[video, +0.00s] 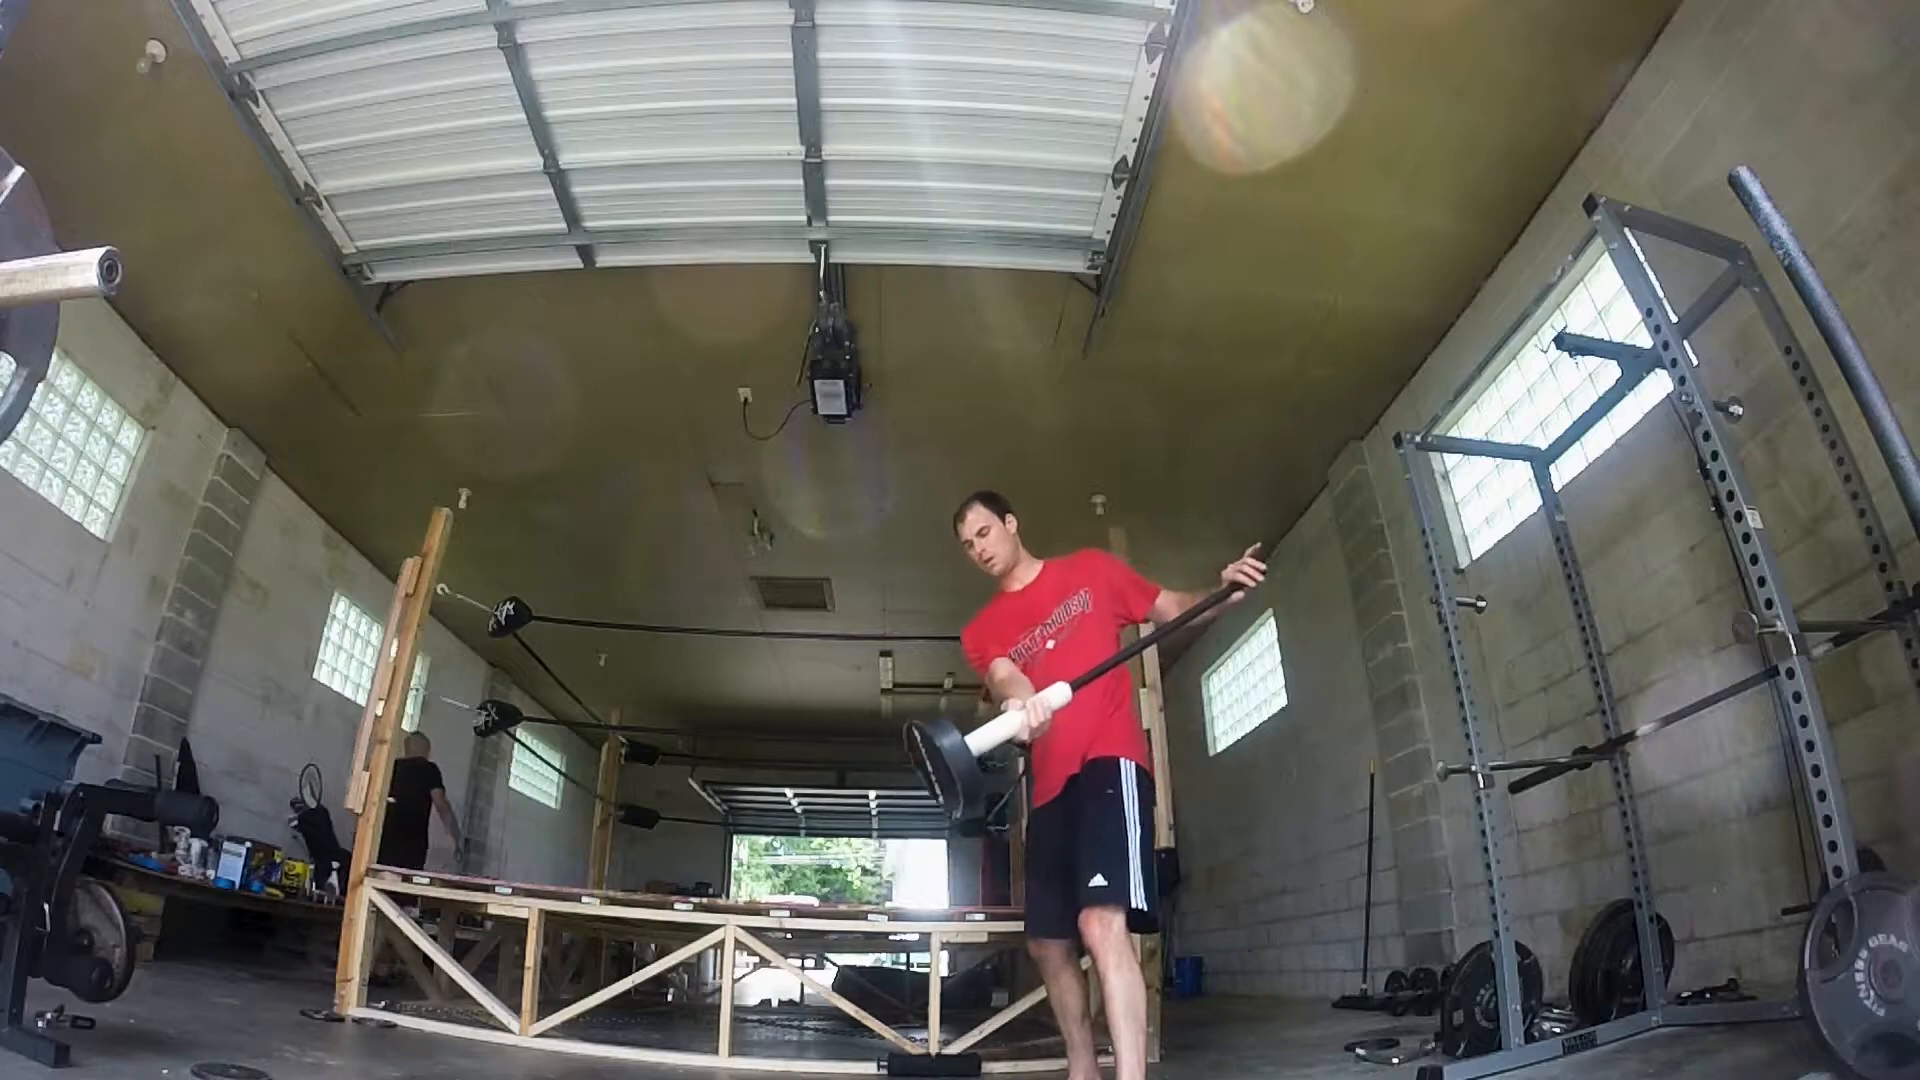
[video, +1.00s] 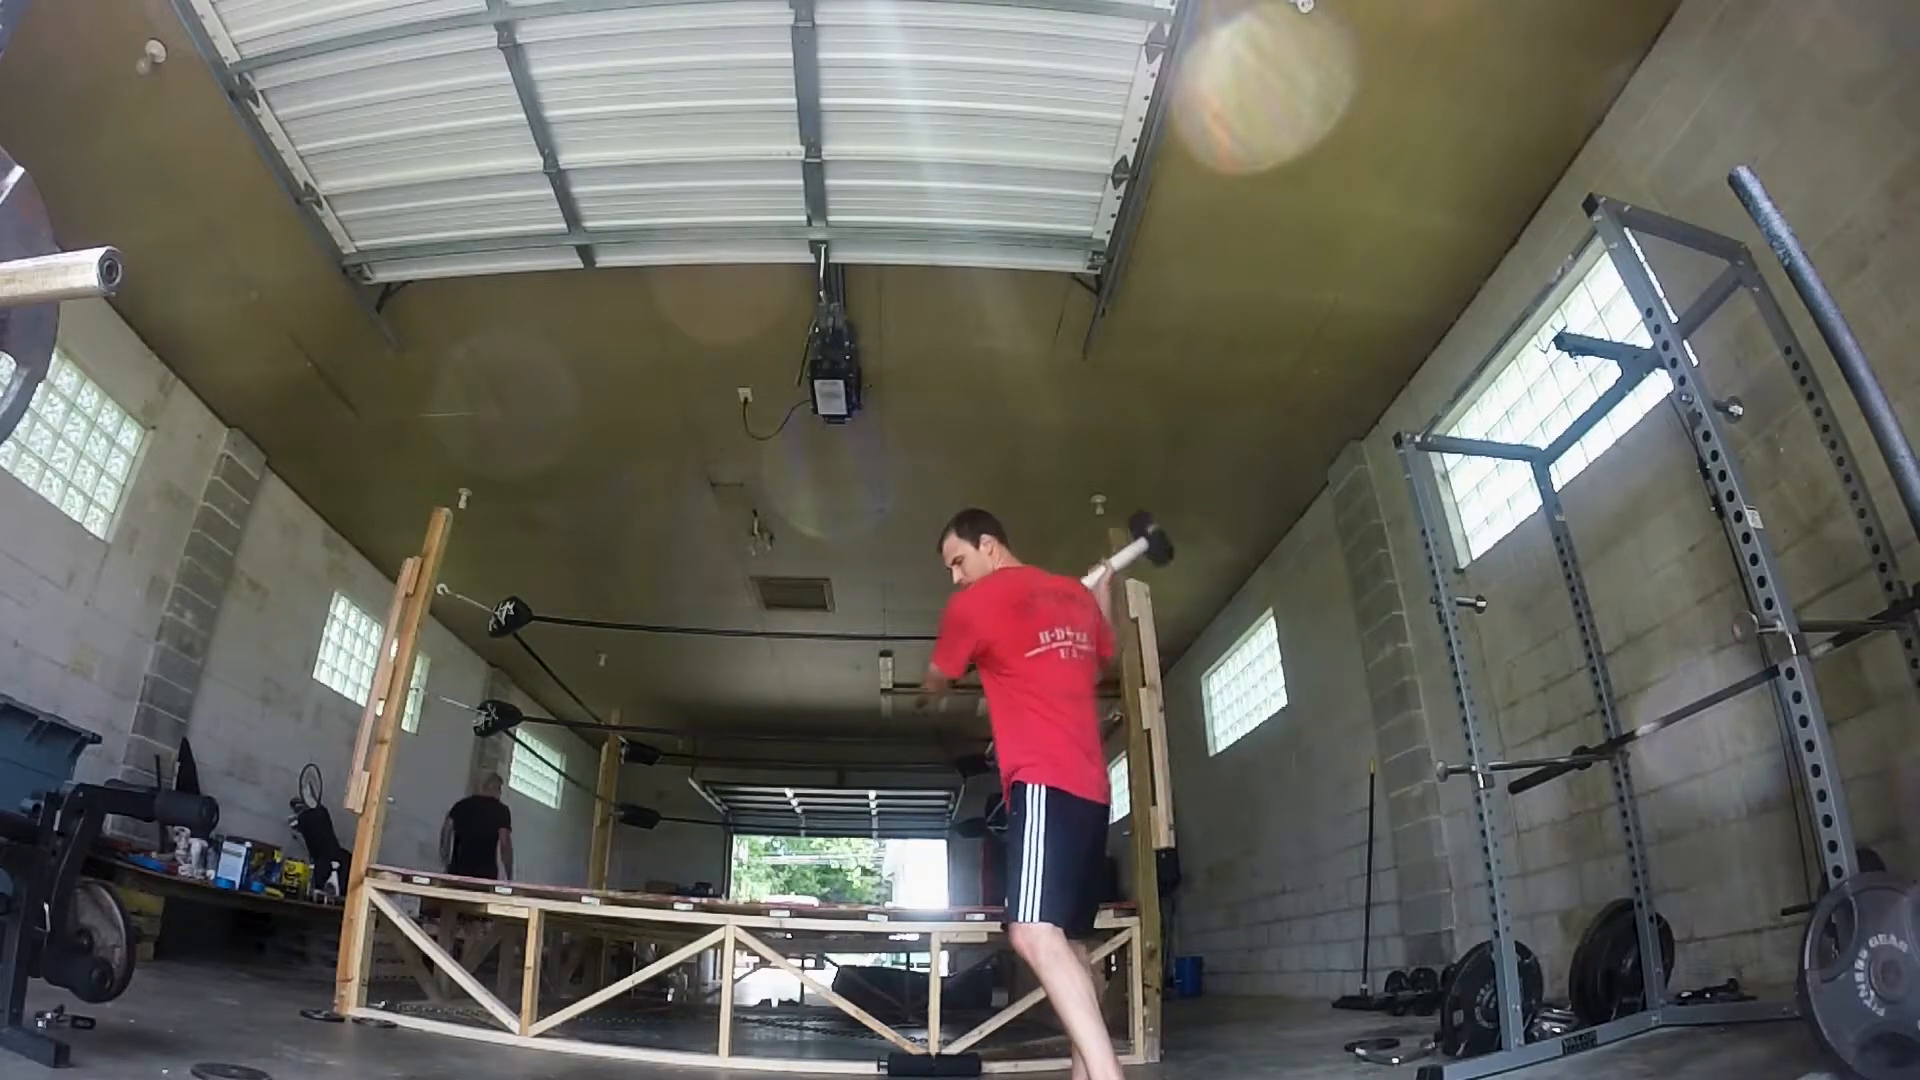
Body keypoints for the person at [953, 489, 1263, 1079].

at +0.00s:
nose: (978, 548)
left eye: (983, 532)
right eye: (968, 543)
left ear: (1011, 524)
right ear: (967, 553)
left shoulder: (1090, 569)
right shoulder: (982, 628)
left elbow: (1175, 609)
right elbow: (1001, 679)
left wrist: (1224, 589)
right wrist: (1024, 699)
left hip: (1110, 757)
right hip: (1049, 779)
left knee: (1101, 923)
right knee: (1046, 942)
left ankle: (1132, 1075)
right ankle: (1084, 1072)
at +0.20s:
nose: (977, 558)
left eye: (981, 542)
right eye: (967, 553)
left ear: (1010, 532)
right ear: (967, 564)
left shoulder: (1085, 572)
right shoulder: (989, 640)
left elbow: (1164, 604)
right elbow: (1005, 708)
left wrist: (1205, 605)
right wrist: (996, 770)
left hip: (1104, 766)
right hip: (1047, 789)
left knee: (1096, 925)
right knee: (1041, 942)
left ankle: (1128, 1075)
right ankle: (1083, 1072)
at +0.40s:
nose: (976, 567)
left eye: (980, 551)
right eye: (967, 561)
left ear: (1010, 538)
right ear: (970, 567)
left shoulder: (1067, 572)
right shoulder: (1004, 644)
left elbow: (1154, 612)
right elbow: (1018, 736)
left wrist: (1131, 672)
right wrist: (979, 822)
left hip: (1098, 770)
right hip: (1050, 791)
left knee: (1090, 929)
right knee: (1043, 936)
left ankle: (1126, 1075)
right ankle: (1084, 1072)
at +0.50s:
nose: (973, 568)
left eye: (977, 553)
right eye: (965, 562)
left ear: (1007, 540)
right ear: (966, 568)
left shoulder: (1046, 574)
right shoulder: (1022, 626)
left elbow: (1100, 636)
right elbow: (1042, 730)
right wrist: (997, 809)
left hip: (1091, 771)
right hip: (1058, 782)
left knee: (1081, 926)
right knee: (1048, 931)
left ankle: (1123, 1074)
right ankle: (1085, 1070)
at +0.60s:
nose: (968, 570)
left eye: (974, 554)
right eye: (961, 563)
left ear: (1003, 542)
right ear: (961, 566)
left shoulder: (1033, 579)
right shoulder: (1045, 589)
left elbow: (1037, 667)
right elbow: (1073, 699)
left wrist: (977, 767)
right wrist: (1027, 769)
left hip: (1083, 765)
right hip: (1073, 769)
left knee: (1066, 929)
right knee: (1064, 931)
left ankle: (1119, 1074)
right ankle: (1086, 1071)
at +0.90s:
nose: (958, 576)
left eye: (961, 561)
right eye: (953, 567)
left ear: (993, 545)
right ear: (998, 552)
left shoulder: (988, 597)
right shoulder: (1075, 594)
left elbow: (939, 693)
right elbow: (1101, 676)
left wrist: (921, 726)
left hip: (1048, 777)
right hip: (1091, 782)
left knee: (1037, 931)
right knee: (1061, 936)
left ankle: (1109, 1073)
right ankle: (1085, 1070)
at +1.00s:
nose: (954, 576)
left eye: (957, 561)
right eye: (949, 566)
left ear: (988, 547)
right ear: (998, 550)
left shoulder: (976, 600)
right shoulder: (1075, 591)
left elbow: (936, 679)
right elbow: (1104, 657)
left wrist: (931, 691)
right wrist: (1097, 593)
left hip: (1043, 779)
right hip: (1089, 783)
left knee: (1033, 933)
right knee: (1066, 938)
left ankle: (1106, 1072)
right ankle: (1090, 1070)